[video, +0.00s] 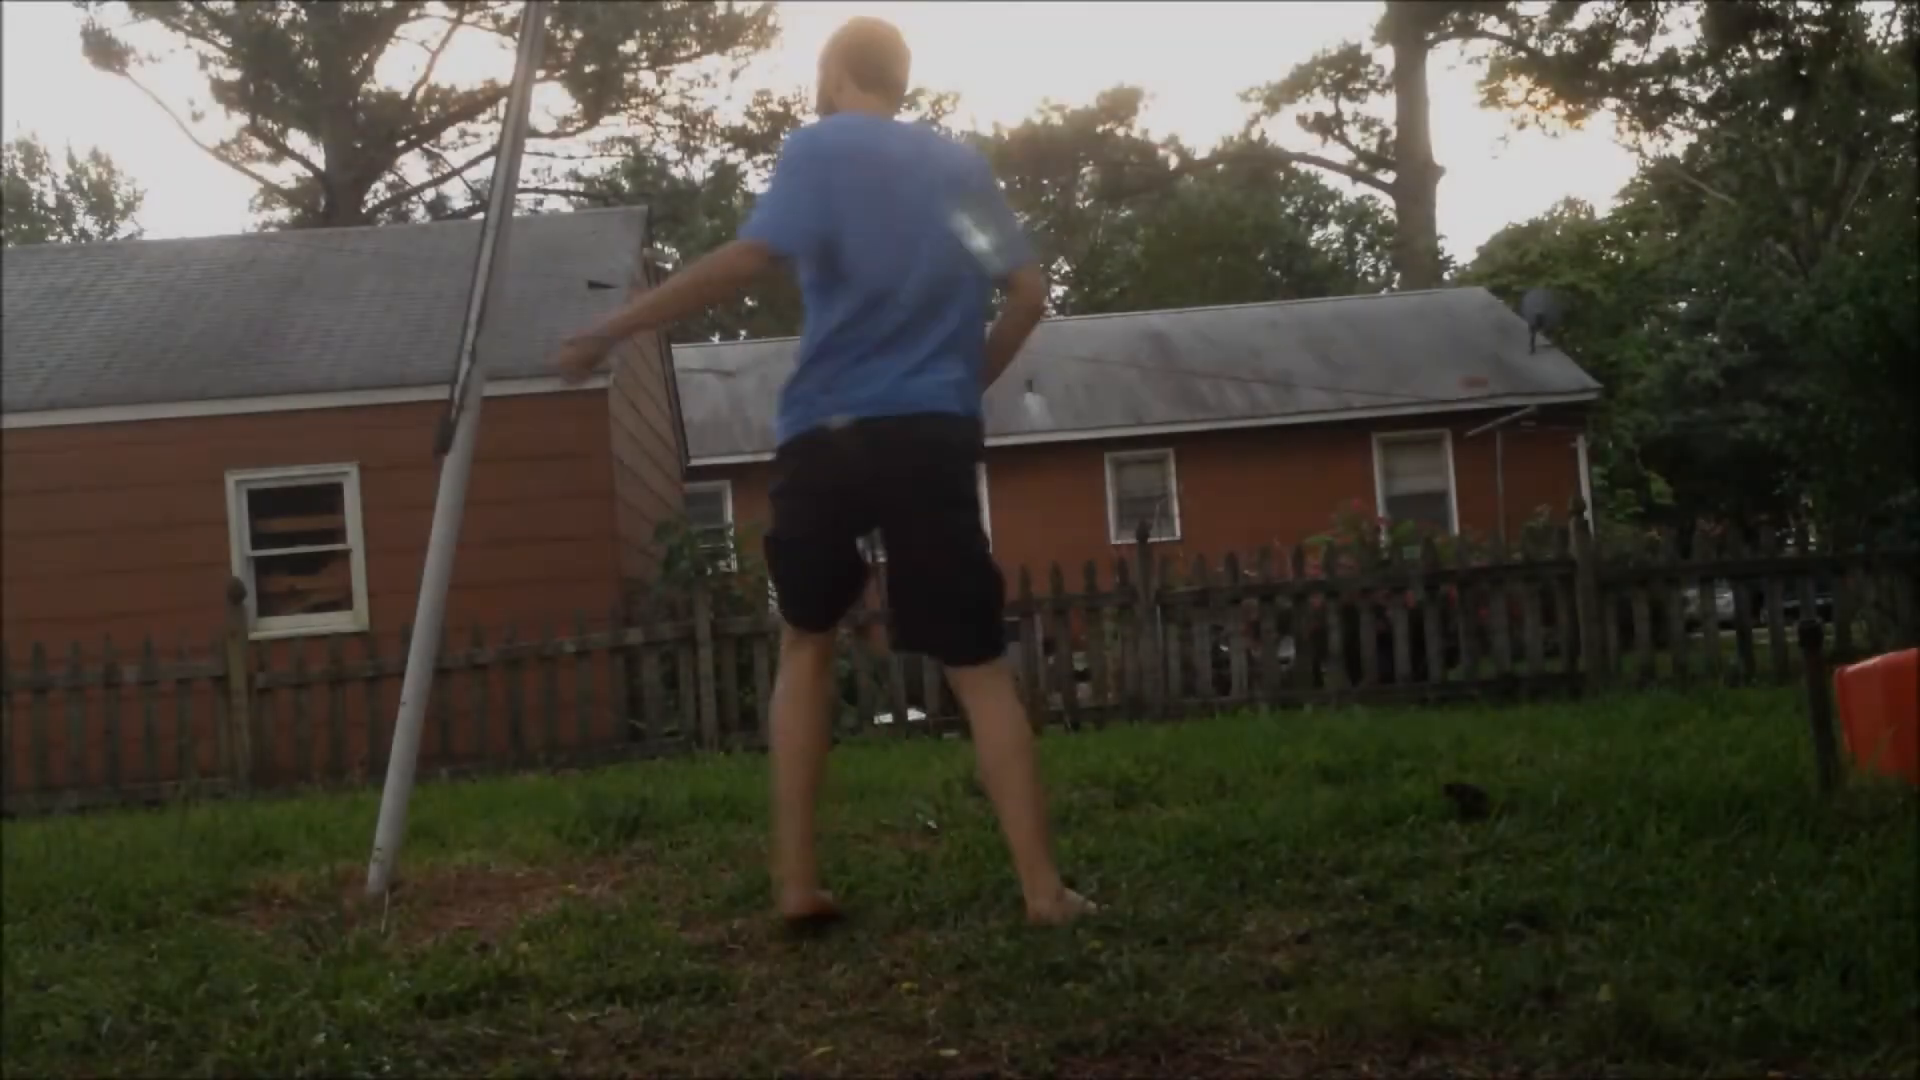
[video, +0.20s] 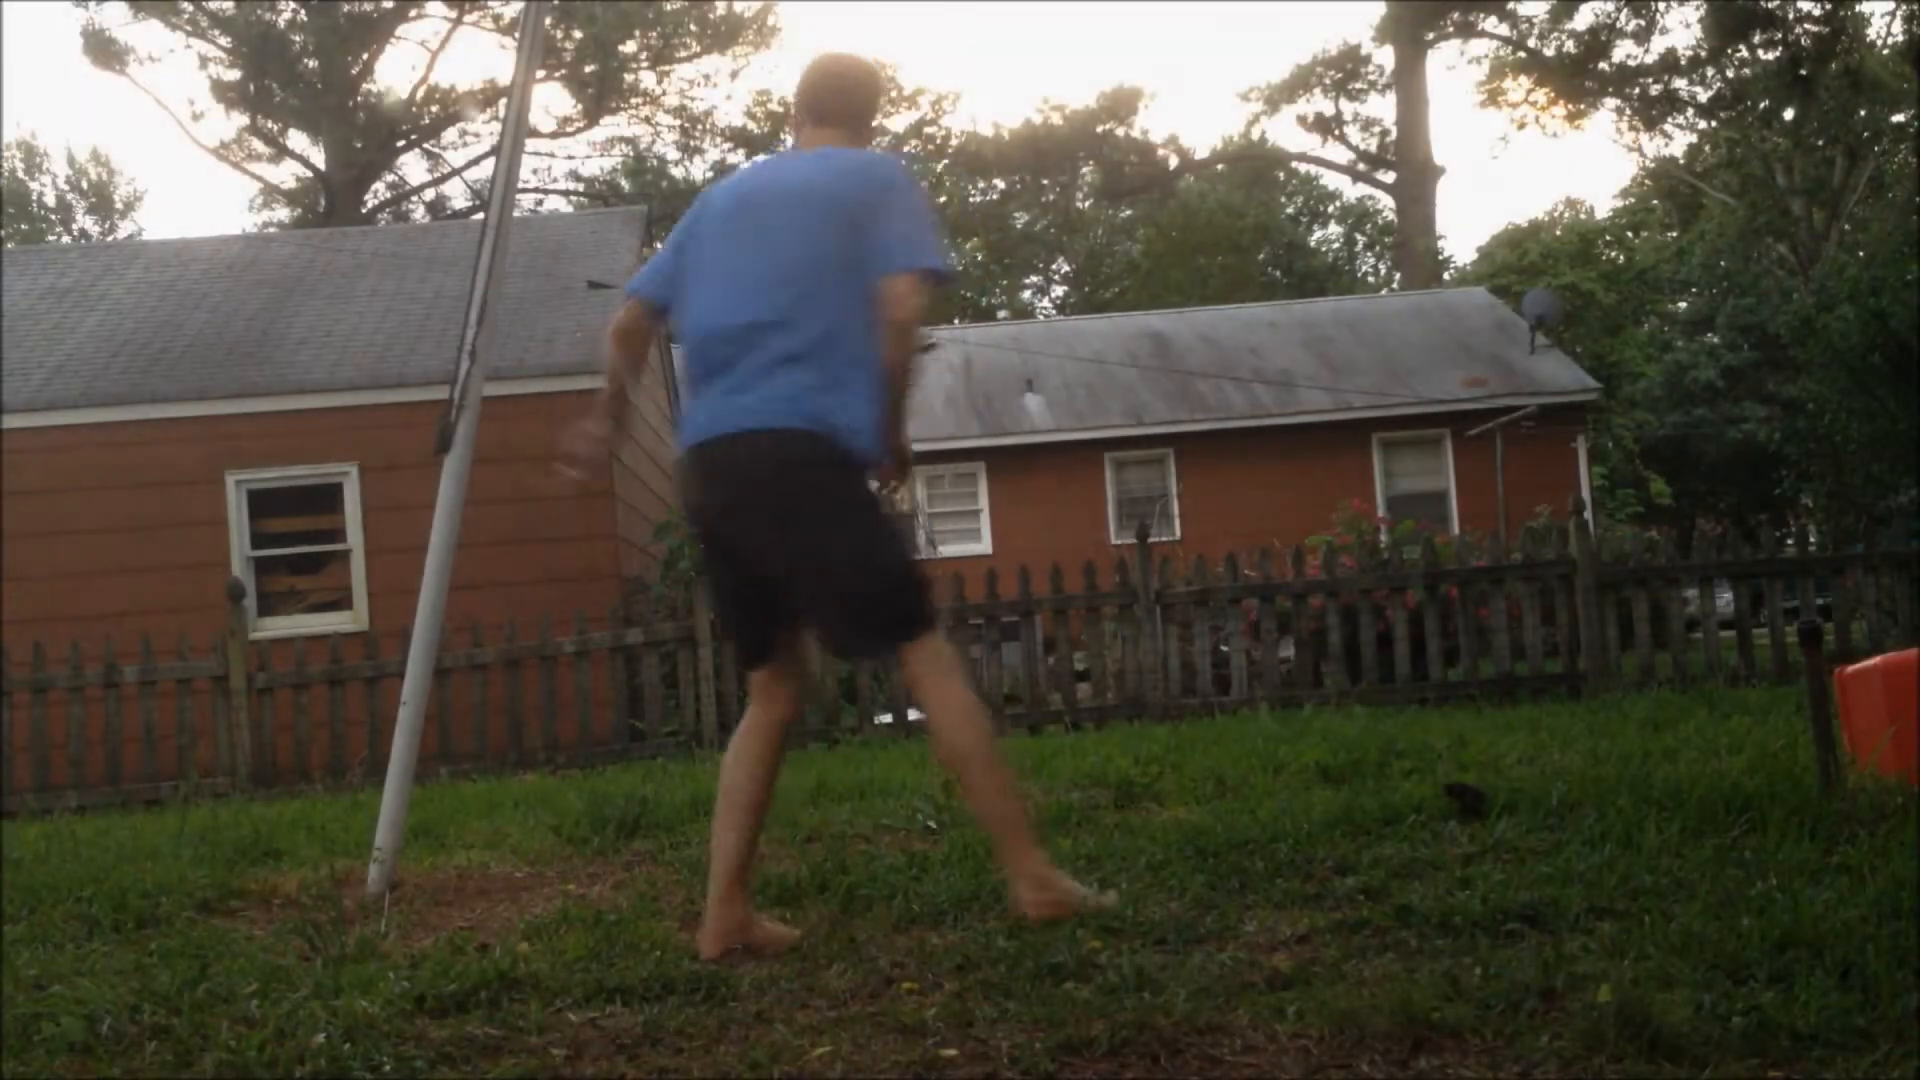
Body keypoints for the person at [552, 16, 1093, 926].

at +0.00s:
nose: (819, 96)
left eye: (820, 82)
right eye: (826, 83)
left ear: (831, 82)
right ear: (902, 87)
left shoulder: (815, 146)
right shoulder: (958, 159)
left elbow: (749, 259)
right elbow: (1031, 293)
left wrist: (611, 328)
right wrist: (971, 377)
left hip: (825, 439)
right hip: (937, 436)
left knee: (806, 646)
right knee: (980, 670)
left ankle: (796, 884)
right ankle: (1044, 891)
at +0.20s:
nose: (870, 134)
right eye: (873, 120)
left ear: (795, 114)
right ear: (870, 120)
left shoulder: (720, 197)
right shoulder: (879, 176)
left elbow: (630, 321)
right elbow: (902, 311)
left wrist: (607, 419)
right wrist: (893, 429)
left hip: (711, 463)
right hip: (809, 452)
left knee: (773, 685)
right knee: (927, 657)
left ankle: (723, 916)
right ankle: (1033, 876)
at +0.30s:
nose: (847, 140)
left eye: (841, 126)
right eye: (848, 126)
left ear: (774, 115)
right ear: (839, 121)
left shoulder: (710, 198)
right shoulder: (807, 168)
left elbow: (634, 355)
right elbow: (786, 301)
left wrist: (641, 471)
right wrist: (850, 416)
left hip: (658, 455)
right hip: (718, 446)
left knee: (758, 690)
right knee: (868, 640)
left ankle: (724, 920)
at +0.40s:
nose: (806, 143)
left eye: (807, 124)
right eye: (805, 122)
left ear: (745, 103)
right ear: (782, 111)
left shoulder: (705, 175)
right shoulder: (721, 160)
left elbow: (672, 320)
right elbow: (678, 282)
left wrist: (749, 434)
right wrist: (780, 398)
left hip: (667, 449)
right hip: (666, 445)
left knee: (733, 666)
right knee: (792, 638)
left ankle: (719, 904)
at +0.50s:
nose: (767, 111)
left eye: (764, 92)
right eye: (756, 91)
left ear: (711, 94)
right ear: (717, 91)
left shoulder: (700, 209)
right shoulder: (638, 157)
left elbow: (700, 362)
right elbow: (576, 279)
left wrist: (809, 396)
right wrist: (678, 378)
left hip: (677, 467)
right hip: (614, 456)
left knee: (735, 681)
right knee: (674, 664)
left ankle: (723, 918)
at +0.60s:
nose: (700, 104)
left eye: (697, 86)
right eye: (685, 85)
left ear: (658, 89)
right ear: (630, 84)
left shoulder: (660, 209)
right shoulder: (549, 167)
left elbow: (699, 349)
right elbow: (476, 288)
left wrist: (805, 333)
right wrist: (547, 367)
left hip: (661, 481)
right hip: (561, 475)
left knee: (724, 683)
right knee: (529, 685)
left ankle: (722, 921)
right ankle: (400, 883)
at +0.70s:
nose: (618, 99)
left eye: (619, 83)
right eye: (601, 82)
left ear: (597, 93)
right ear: (538, 85)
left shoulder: (616, 218)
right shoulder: (477, 188)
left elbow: (676, 341)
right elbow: (391, 308)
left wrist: (779, 319)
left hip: (622, 492)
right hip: (504, 494)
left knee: (709, 684)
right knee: (433, 725)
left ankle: (720, 919)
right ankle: (373, 927)